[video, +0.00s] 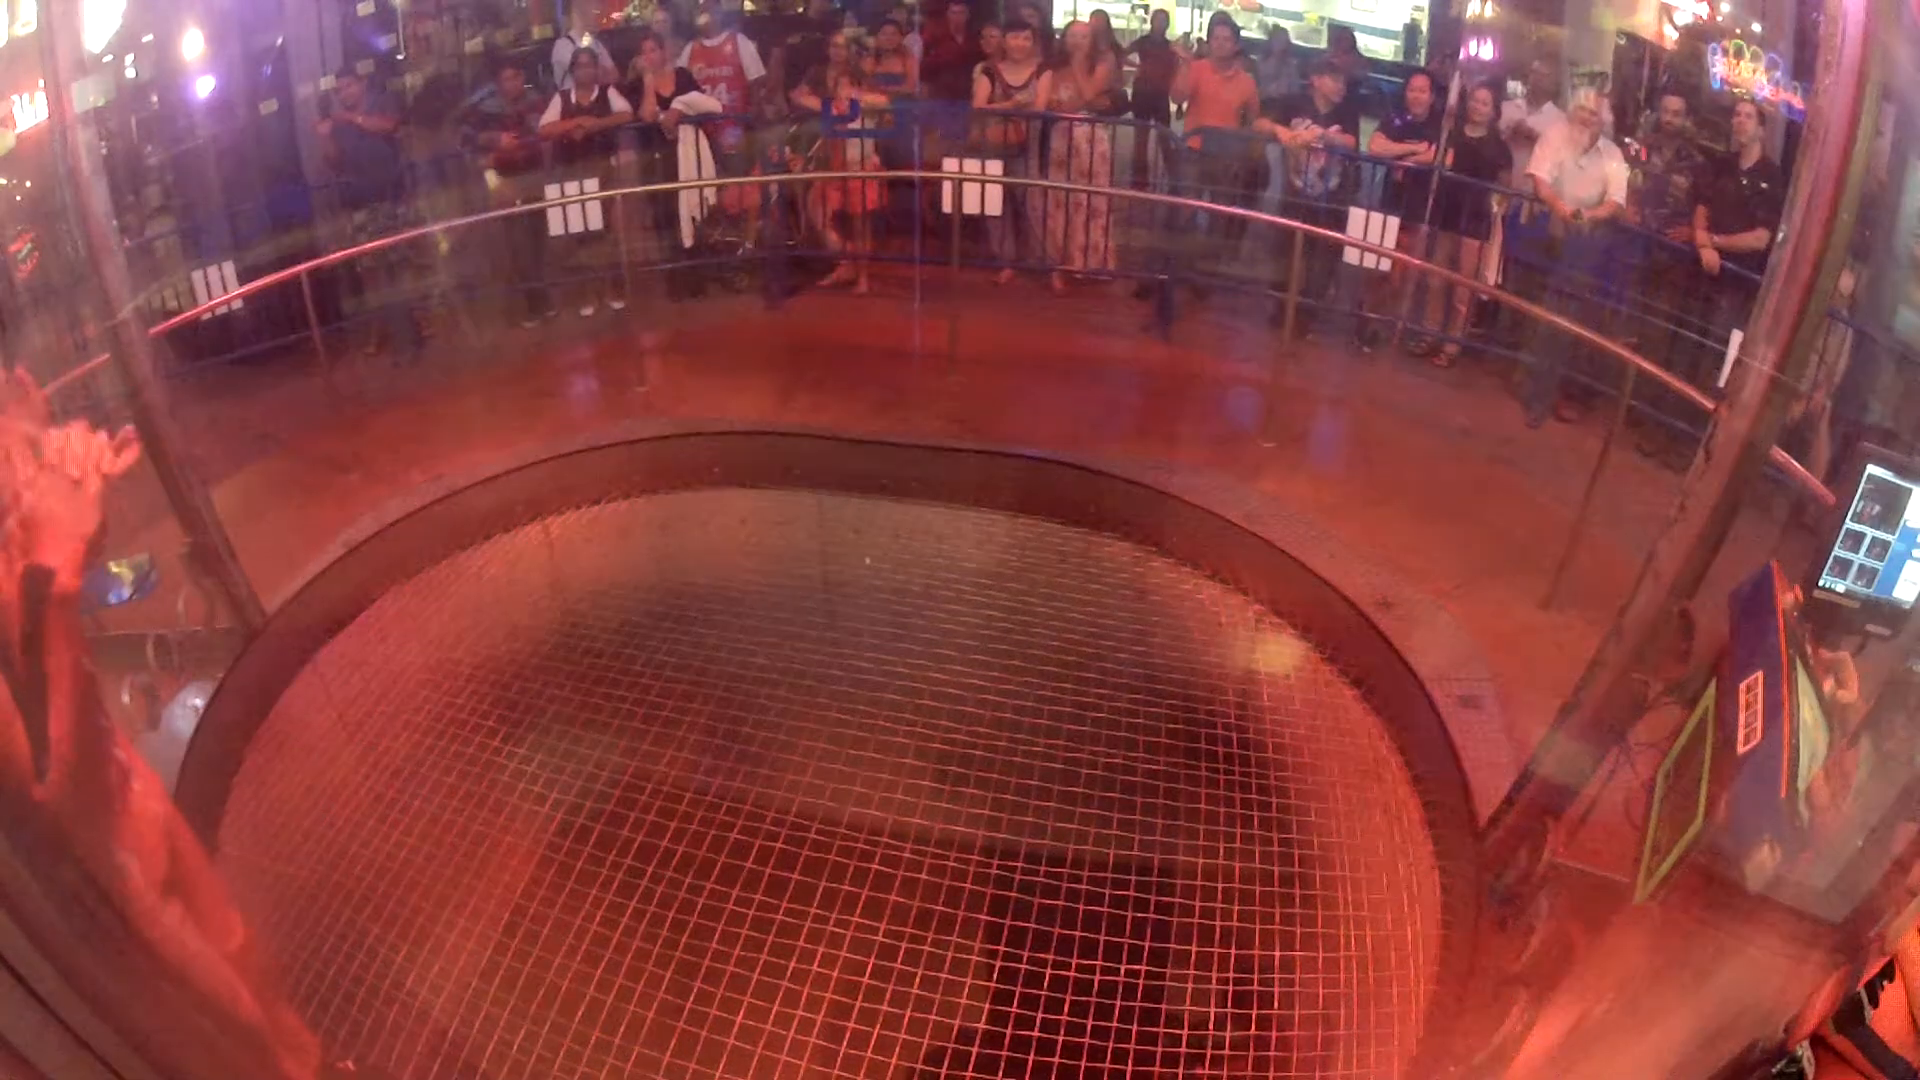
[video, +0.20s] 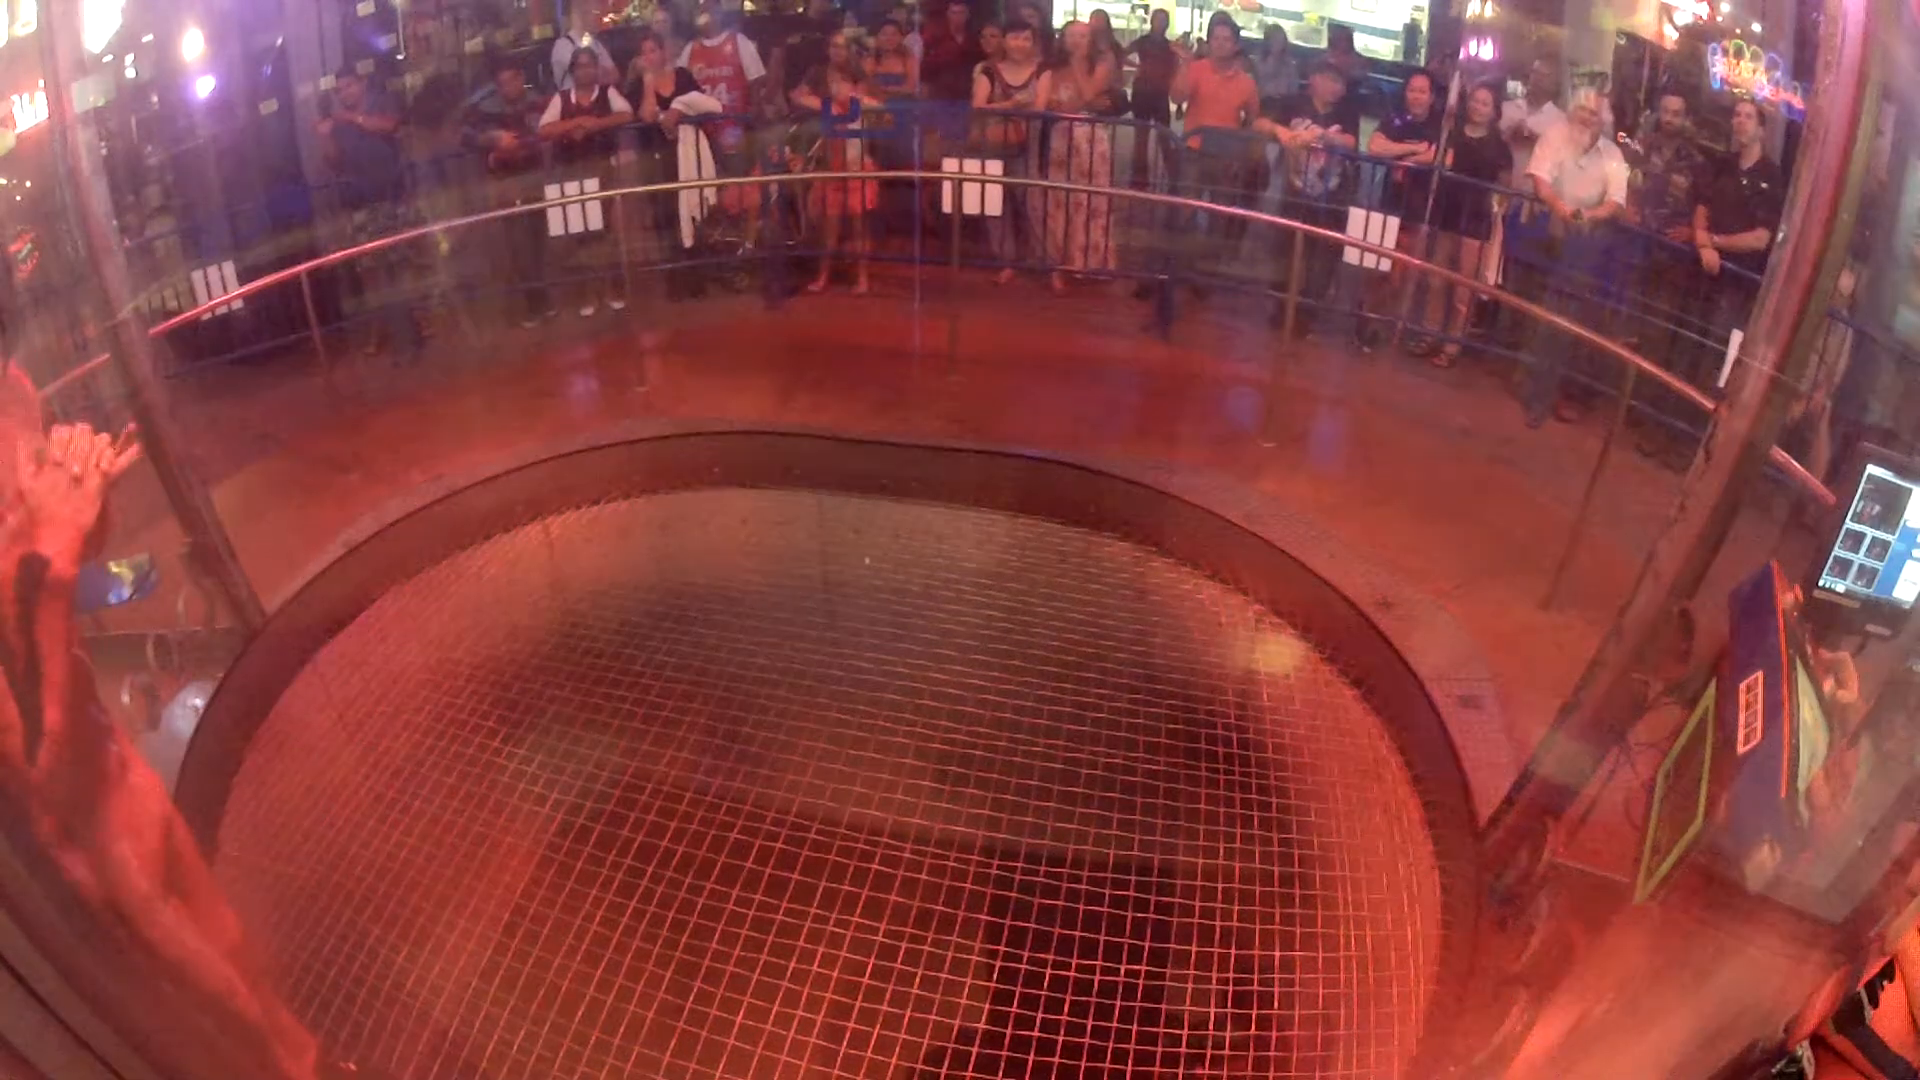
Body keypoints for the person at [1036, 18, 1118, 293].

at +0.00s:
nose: (1078, 41)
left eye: (1084, 37)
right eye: (1073, 36)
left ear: (1092, 40)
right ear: (1064, 41)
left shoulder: (1103, 63)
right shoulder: (1055, 71)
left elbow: (1089, 94)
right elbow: (1041, 106)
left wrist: (1079, 62)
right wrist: (1066, 107)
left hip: (1088, 136)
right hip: (1060, 136)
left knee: (1086, 200)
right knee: (1058, 199)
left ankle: (1083, 263)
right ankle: (1058, 263)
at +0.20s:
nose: (1078, 41)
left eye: (1083, 36)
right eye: (1072, 36)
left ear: (1091, 40)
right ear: (1063, 41)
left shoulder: (1101, 64)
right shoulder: (1053, 71)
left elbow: (1089, 95)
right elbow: (1040, 107)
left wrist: (1079, 62)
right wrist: (1070, 107)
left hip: (1089, 137)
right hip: (1060, 136)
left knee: (1087, 200)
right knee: (1058, 199)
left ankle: (1084, 263)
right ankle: (1058, 263)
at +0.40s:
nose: (1077, 40)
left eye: (1082, 35)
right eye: (1072, 35)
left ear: (1090, 40)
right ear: (1062, 40)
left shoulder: (1100, 66)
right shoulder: (1053, 72)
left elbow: (1091, 94)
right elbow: (1039, 107)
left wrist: (1077, 65)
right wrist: (1069, 106)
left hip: (1089, 136)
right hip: (1060, 135)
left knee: (1087, 200)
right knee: (1058, 199)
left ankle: (1085, 263)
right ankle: (1057, 264)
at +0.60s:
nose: (1074, 41)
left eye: (1079, 37)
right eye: (1068, 36)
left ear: (1087, 42)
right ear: (1059, 41)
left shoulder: (1097, 67)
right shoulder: (1051, 74)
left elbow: (1094, 95)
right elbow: (1039, 107)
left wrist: (1075, 68)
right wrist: (1067, 103)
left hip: (1089, 137)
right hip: (1060, 137)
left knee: (1087, 201)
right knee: (1058, 201)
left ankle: (1085, 264)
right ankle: (1058, 264)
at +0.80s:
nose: (1069, 41)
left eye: (1074, 36)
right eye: (1065, 36)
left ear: (1084, 41)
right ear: (1057, 41)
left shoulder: (1095, 68)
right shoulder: (1051, 74)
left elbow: (1095, 96)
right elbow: (1038, 107)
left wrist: (1077, 67)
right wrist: (1064, 104)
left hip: (1088, 136)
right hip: (1059, 136)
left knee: (1087, 201)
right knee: (1058, 200)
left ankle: (1085, 263)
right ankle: (1059, 264)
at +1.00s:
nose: (1067, 45)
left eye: (1072, 39)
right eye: (1063, 40)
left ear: (1082, 42)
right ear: (1055, 44)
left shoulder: (1095, 68)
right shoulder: (1051, 74)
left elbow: (1097, 98)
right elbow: (1039, 108)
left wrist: (1078, 71)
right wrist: (1061, 105)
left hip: (1089, 137)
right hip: (1059, 137)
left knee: (1088, 200)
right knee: (1059, 200)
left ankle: (1086, 263)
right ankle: (1059, 264)